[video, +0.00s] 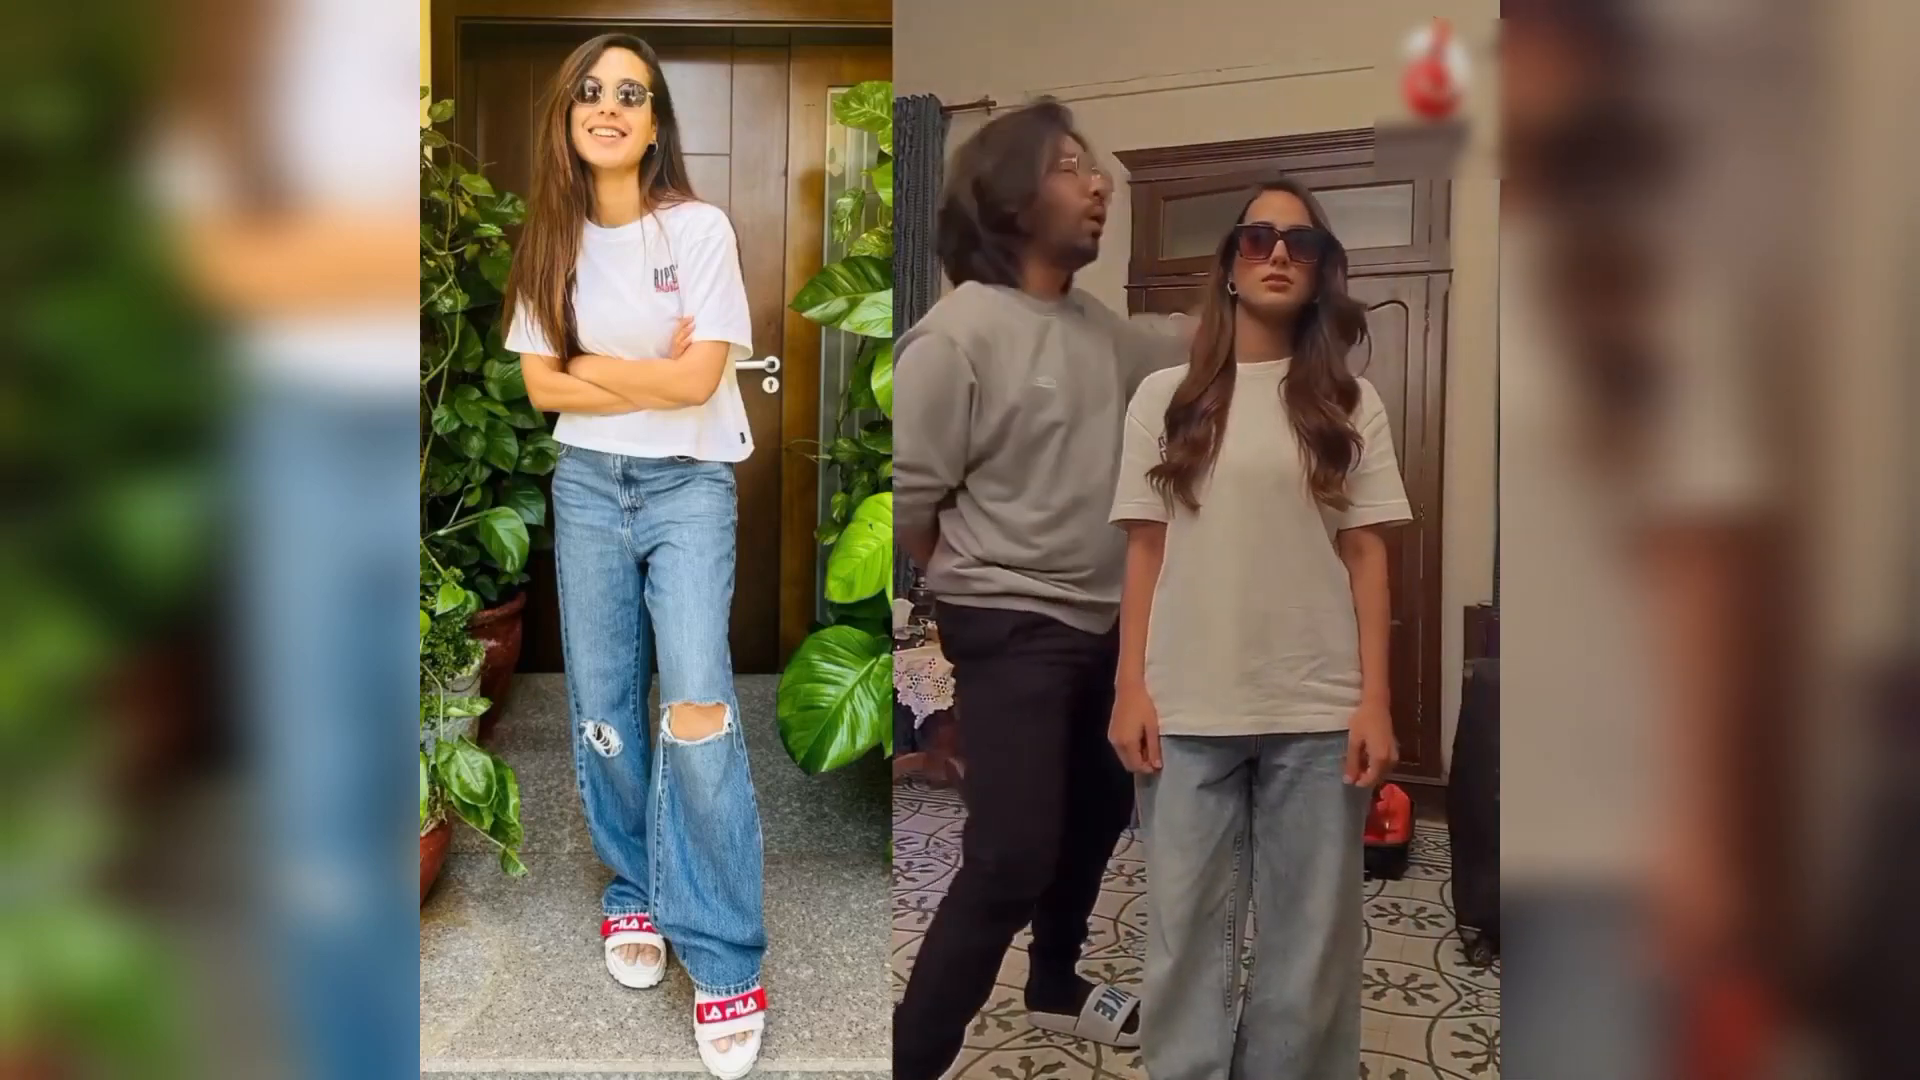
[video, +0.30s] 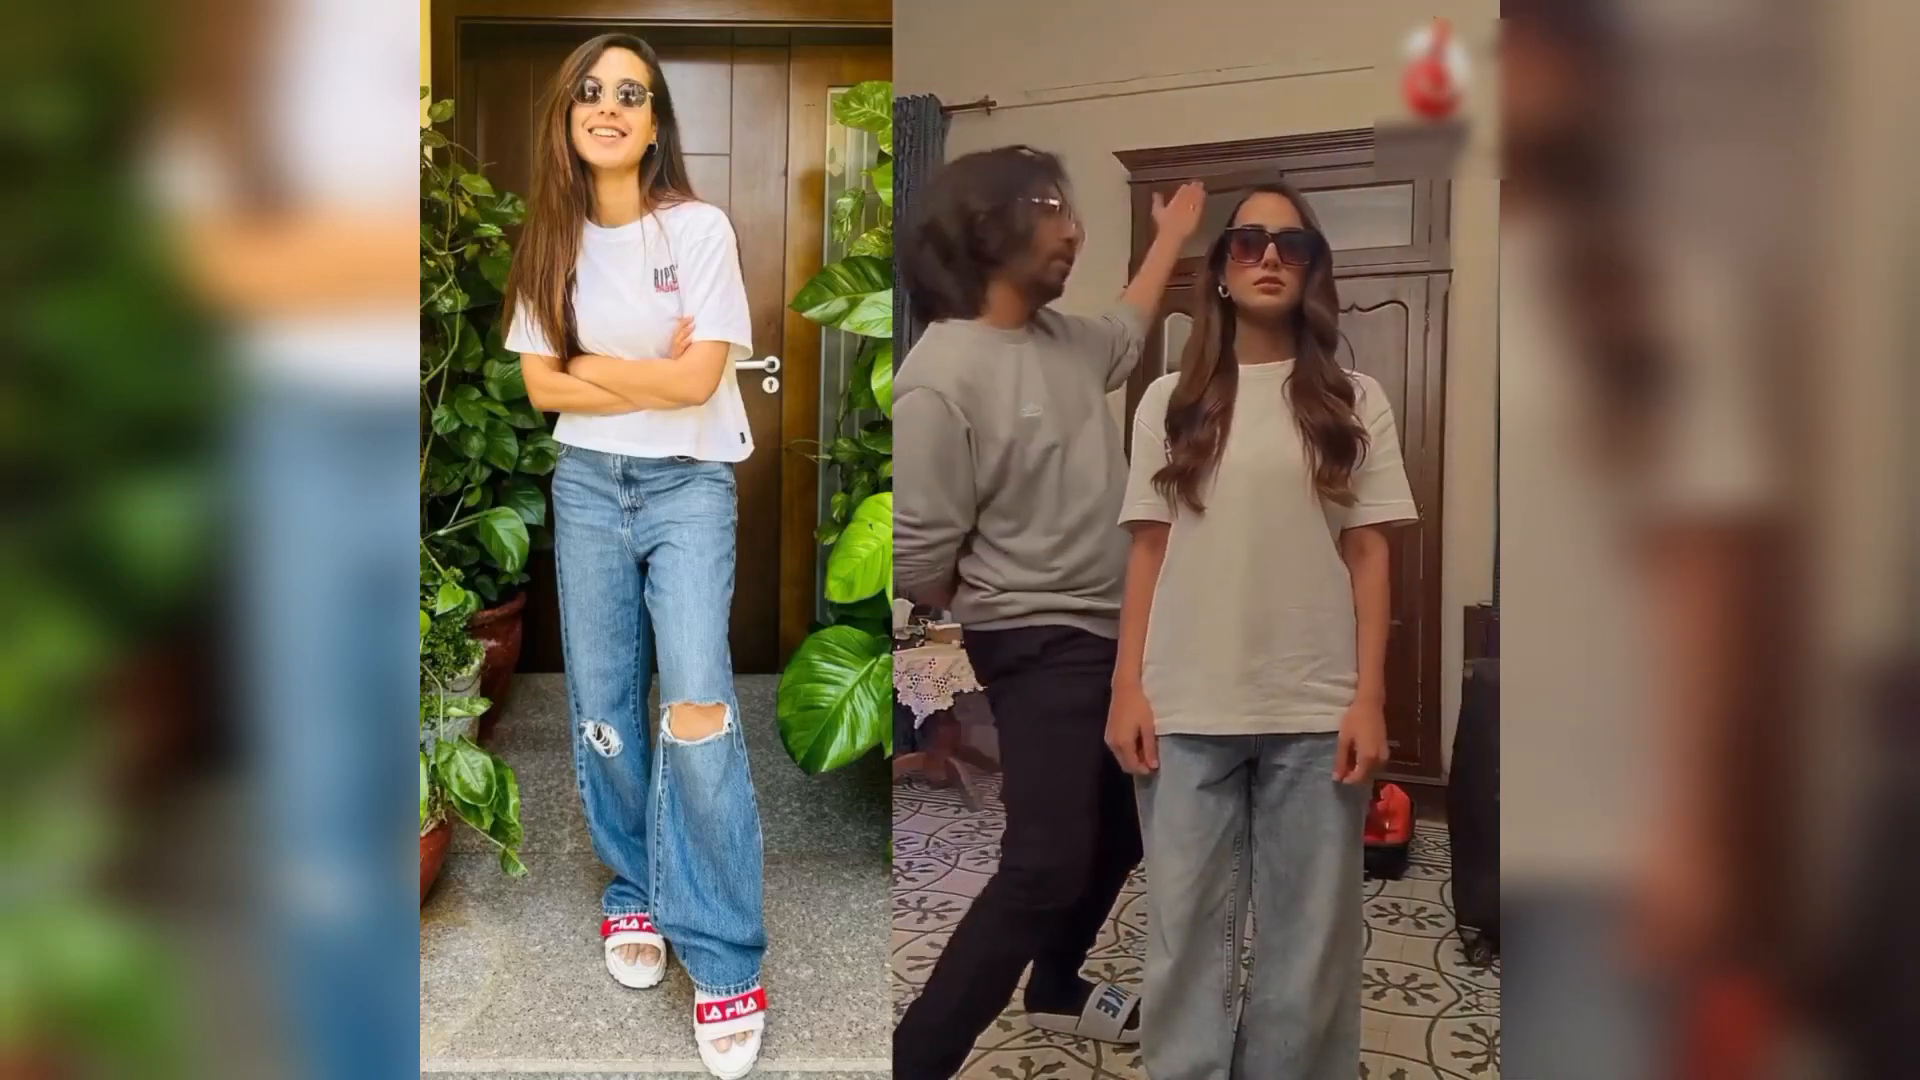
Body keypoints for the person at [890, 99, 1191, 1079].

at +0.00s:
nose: (1100, 186)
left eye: (1096, 170)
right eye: (1073, 168)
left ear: (1088, 192)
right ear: (1009, 192)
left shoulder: (1106, 329)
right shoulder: (955, 333)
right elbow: (908, 516)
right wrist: (951, 591)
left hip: (1107, 620)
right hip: (1002, 622)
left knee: (1092, 816)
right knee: (1011, 866)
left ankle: (1055, 986)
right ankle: (914, 1064)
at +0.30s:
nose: (1076, 231)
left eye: (1072, 212)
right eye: (1055, 211)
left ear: (1028, 230)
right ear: (995, 227)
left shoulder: (1064, 332)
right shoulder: (942, 368)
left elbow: (1125, 338)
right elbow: (921, 550)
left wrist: (1166, 242)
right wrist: (938, 611)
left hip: (1111, 617)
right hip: (1030, 629)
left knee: (1118, 827)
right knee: (1044, 869)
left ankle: (1055, 987)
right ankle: (916, 1062)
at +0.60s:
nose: (1086, 186)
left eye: (1089, 176)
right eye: (1058, 176)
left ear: (1104, 210)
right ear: (1013, 213)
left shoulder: (1139, 346)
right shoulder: (1010, 316)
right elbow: (941, 462)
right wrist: (976, 559)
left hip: (1115, 610)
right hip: (1024, 603)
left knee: (1089, 812)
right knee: (990, 834)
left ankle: (1056, 987)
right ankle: (912, 1053)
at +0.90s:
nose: (1108, 223)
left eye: (1121, 214)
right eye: (1089, 212)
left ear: (1139, 246)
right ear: (1054, 240)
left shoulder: (1161, 364)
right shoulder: (1010, 338)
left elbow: (1178, 497)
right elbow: (956, 465)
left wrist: (1144, 574)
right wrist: (1015, 556)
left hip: (1131, 619)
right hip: (1025, 610)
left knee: (1112, 815)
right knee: (991, 818)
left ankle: (1056, 982)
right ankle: (923, 1053)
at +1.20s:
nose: (1105, 225)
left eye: (1119, 216)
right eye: (1087, 213)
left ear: (1135, 242)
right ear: (1051, 234)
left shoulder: (1158, 358)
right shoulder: (1008, 335)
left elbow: (1173, 489)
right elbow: (953, 458)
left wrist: (1139, 569)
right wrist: (1010, 554)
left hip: (1127, 620)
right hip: (1021, 611)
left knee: (1107, 815)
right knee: (986, 825)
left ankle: (1055, 983)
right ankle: (941, 1056)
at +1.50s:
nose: (1108, 221)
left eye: (1121, 213)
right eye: (1089, 210)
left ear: (1138, 242)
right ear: (1053, 237)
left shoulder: (1164, 356)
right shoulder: (1012, 336)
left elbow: (1180, 485)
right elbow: (961, 459)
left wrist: (1145, 567)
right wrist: (1020, 550)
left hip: (1132, 619)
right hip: (1027, 610)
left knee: (1107, 810)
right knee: (990, 821)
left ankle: (1056, 980)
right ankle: (940, 1054)